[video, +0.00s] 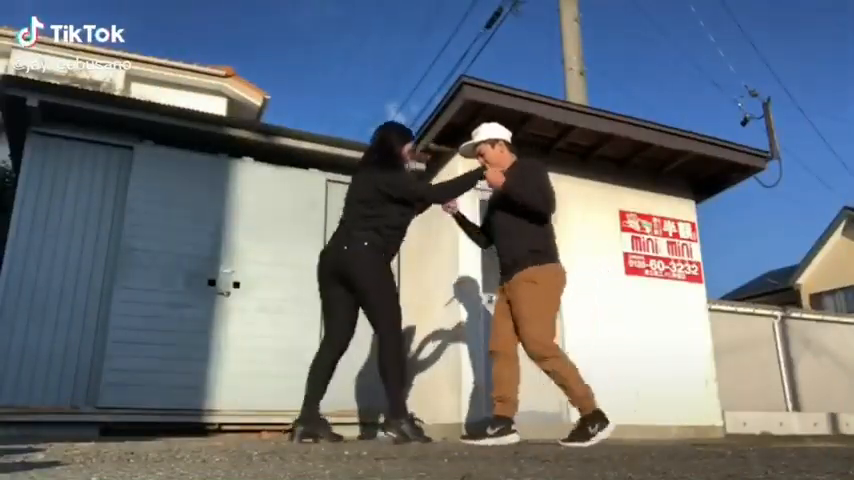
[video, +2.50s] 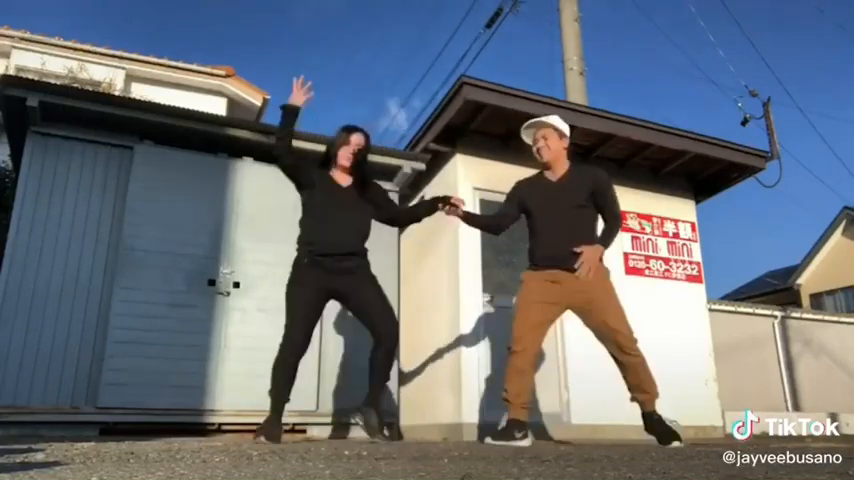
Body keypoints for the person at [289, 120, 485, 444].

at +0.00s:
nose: (413, 154)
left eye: (413, 148)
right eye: (409, 148)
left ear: (380, 146)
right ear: (396, 147)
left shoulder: (366, 174)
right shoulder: (392, 177)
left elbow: (410, 207)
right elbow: (436, 193)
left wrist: (431, 186)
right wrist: (480, 172)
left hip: (334, 258)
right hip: (366, 260)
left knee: (336, 338)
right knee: (390, 334)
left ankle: (308, 417)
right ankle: (398, 418)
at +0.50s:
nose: (354, 153)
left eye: (355, 146)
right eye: (351, 145)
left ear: (338, 145)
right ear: (335, 141)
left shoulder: (338, 186)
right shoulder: (309, 163)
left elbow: (370, 236)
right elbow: (334, 207)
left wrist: (412, 238)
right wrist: (380, 215)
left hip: (307, 268)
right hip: (271, 256)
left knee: (329, 329)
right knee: (245, 331)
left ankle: (296, 409)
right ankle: (219, 410)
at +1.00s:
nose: (386, 148)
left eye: (387, 142)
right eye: (383, 141)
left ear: (354, 138)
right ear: (368, 139)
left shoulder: (334, 170)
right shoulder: (375, 174)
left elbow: (360, 202)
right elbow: (414, 207)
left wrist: (398, 212)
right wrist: (461, 213)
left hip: (314, 248)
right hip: (352, 250)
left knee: (307, 335)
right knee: (383, 331)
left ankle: (288, 418)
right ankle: (387, 418)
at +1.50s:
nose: (430, 152)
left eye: (433, 148)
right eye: (425, 145)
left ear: (435, 151)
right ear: (409, 144)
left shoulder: (436, 181)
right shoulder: (382, 166)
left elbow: (473, 184)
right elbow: (390, 123)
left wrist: (481, 196)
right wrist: (441, 99)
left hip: (432, 269)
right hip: (392, 269)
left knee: (448, 339)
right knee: (371, 331)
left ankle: (469, 414)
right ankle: (404, 401)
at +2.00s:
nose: (422, 147)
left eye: (422, 141)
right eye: (418, 140)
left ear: (397, 142)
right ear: (400, 140)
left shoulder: (377, 170)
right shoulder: (412, 169)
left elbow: (395, 218)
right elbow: (446, 201)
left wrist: (434, 228)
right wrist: (483, 185)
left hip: (363, 250)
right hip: (397, 251)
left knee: (378, 334)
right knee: (403, 338)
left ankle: (354, 411)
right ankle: (401, 423)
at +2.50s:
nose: (352, 153)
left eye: (358, 150)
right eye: (348, 146)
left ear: (363, 156)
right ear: (335, 147)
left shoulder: (368, 190)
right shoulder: (311, 177)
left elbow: (399, 217)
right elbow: (281, 153)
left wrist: (436, 203)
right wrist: (292, 108)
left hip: (354, 273)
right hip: (311, 271)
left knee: (387, 332)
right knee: (294, 342)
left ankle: (372, 408)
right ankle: (275, 418)